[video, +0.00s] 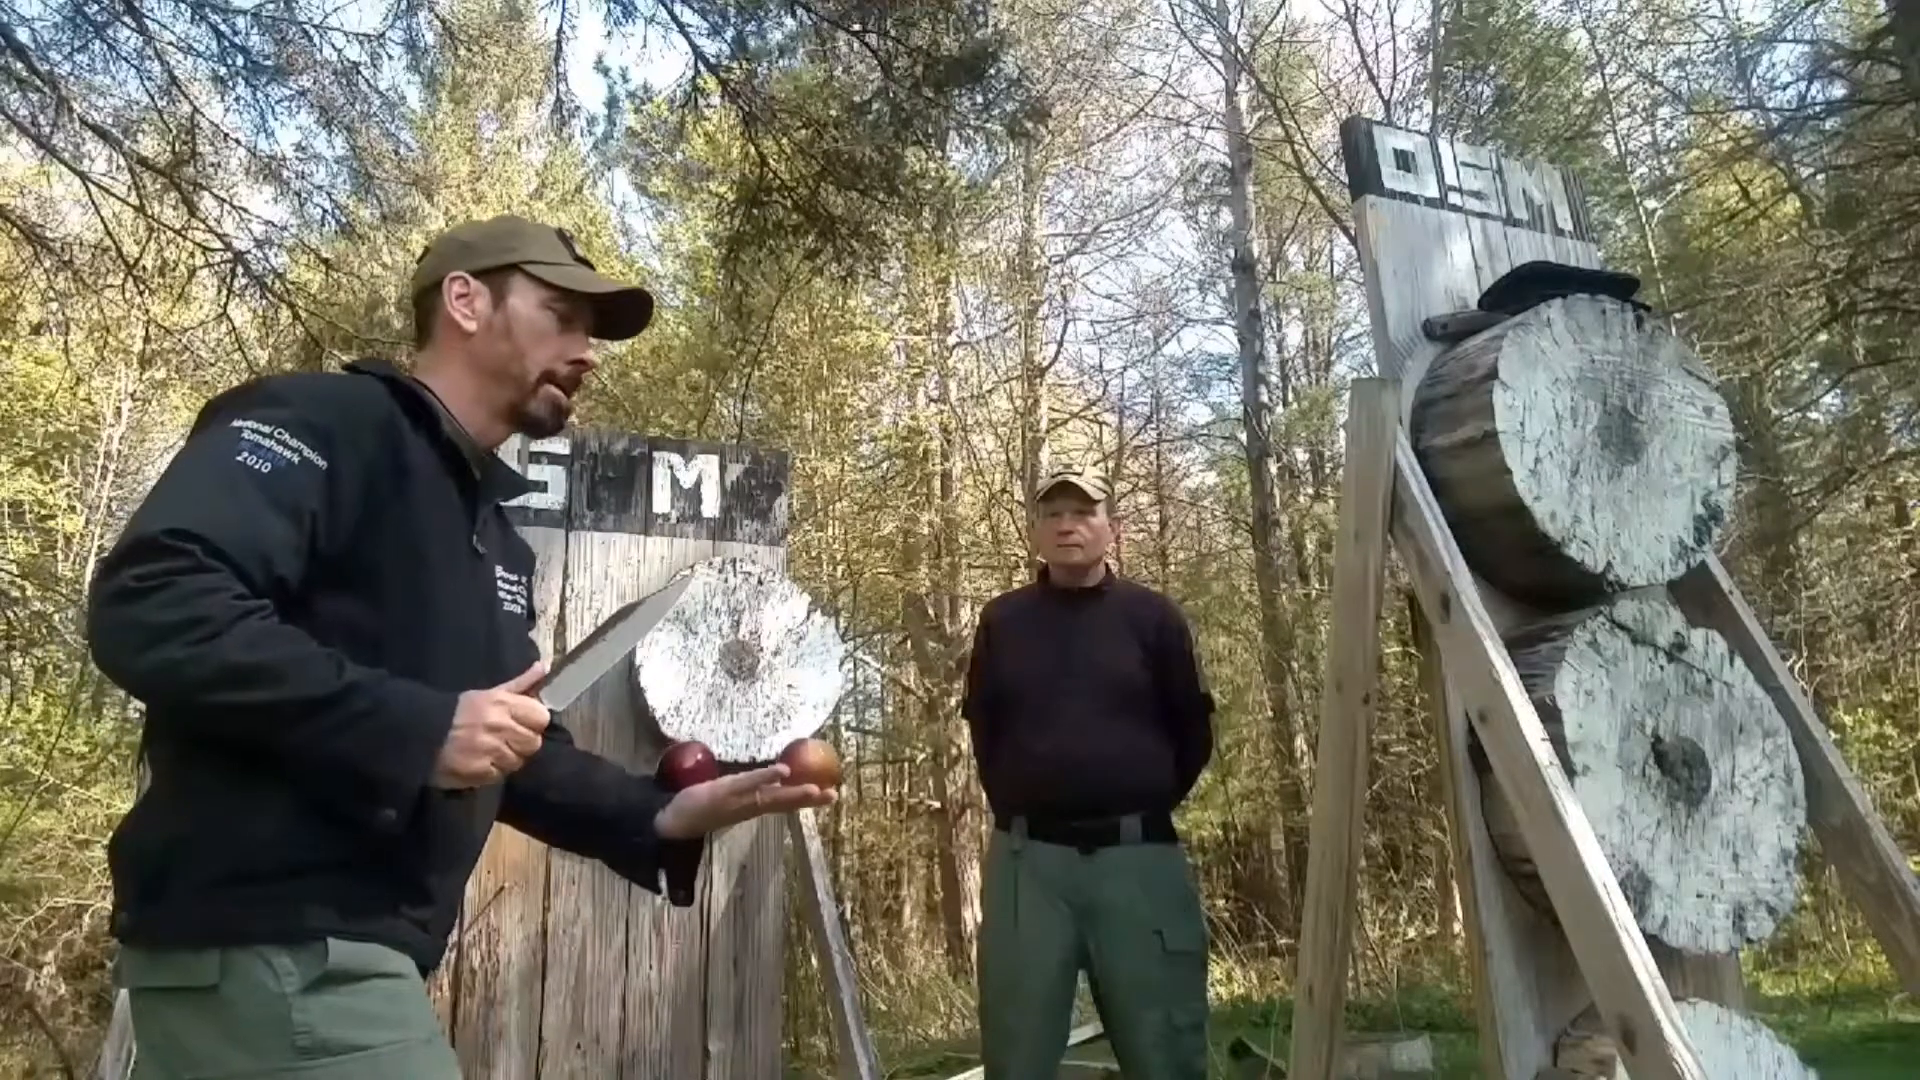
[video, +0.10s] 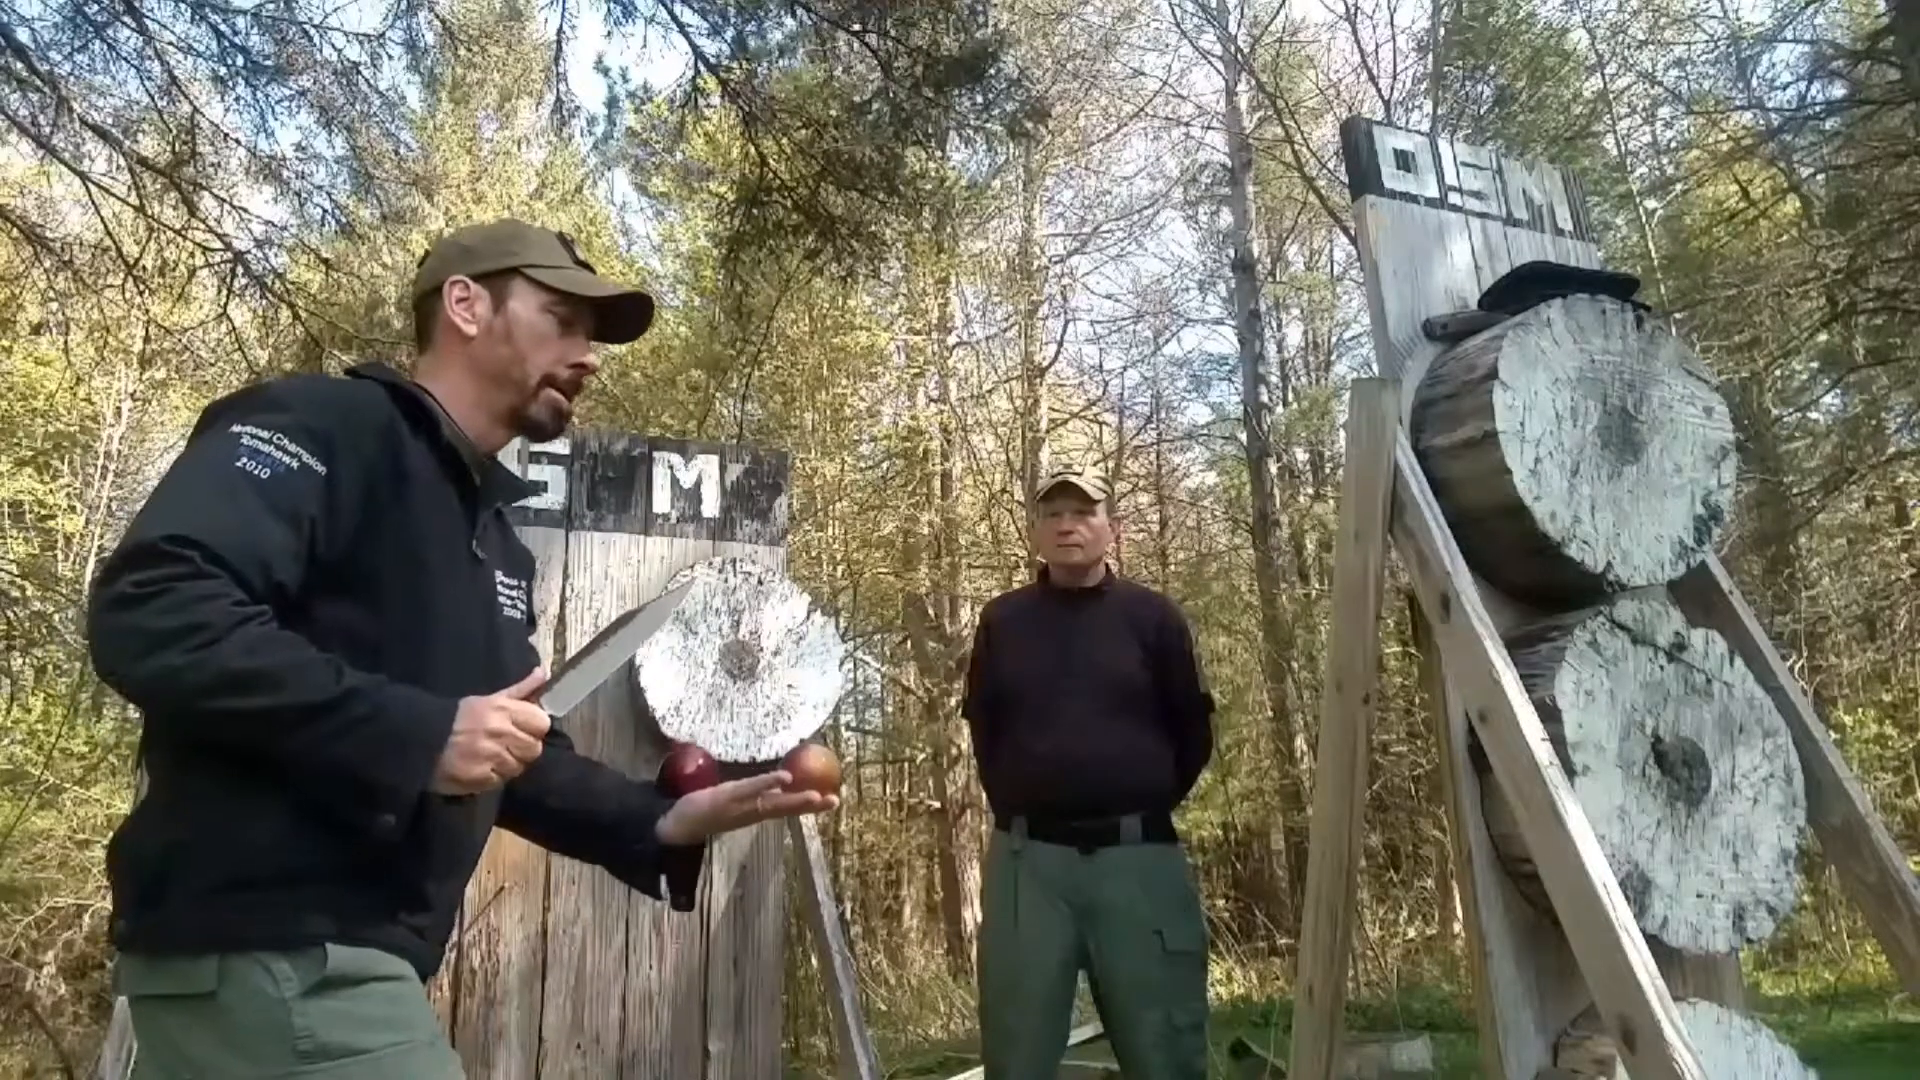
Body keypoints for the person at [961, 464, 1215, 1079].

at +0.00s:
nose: (1068, 524)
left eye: (1082, 512)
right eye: (1053, 515)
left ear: (1111, 530)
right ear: (1032, 534)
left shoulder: (1154, 615)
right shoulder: (1001, 618)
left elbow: (1194, 732)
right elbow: (982, 723)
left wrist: (1140, 812)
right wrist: (1024, 815)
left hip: (1140, 862)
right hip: (1026, 861)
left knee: (1164, 1058)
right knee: (1017, 1059)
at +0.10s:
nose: (1068, 524)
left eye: (1082, 513)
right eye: (1053, 515)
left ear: (1111, 530)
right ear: (1032, 534)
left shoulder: (1154, 615)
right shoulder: (1001, 618)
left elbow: (1194, 732)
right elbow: (982, 724)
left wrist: (1140, 813)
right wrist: (1024, 816)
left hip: (1140, 862)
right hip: (1026, 862)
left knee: (1164, 1058)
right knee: (1017, 1059)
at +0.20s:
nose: (1068, 524)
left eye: (1082, 512)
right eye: (1052, 514)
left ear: (1110, 530)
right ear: (1032, 534)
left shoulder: (1154, 615)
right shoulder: (1001, 618)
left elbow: (1194, 731)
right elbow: (982, 723)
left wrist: (1140, 812)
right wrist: (1025, 815)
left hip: (1140, 862)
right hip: (1026, 862)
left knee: (1163, 1058)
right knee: (1017, 1060)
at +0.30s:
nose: (1068, 524)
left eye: (1082, 512)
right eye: (1053, 514)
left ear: (1110, 530)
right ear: (1033, 533)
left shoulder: (1153, 614)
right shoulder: (1001, 618)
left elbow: (1194, 731)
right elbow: (982, 723)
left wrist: (1140, 812)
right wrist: (1024, 814)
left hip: (1139, 862)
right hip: (1026, 862)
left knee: (1164, 1058)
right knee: (1017, 1059)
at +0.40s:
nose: (1068, 524)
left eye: (1082, 512)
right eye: (1053, 514)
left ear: (1110, 530)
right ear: (1033, 533)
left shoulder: (1153, 615)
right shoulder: (1001, 618)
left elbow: (1194, 731)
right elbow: (982, 723)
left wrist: (1140, 812)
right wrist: (1024, 814)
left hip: (1140, 862)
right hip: (1026, 862)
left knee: (1164, 1058)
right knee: (1017, 1060)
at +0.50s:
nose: (1068, 525)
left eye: (1082, 513)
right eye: (1053, 515)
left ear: (1110, 529)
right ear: (1034, 534)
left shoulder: (1154, 615)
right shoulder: (1001, 619)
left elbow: (1194, 732)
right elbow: (983, 726)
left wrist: (1140, 813)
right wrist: (1026, 815)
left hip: (1139, 862)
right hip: (1025, 862)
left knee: (1164, 1058)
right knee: (1016, 1059)